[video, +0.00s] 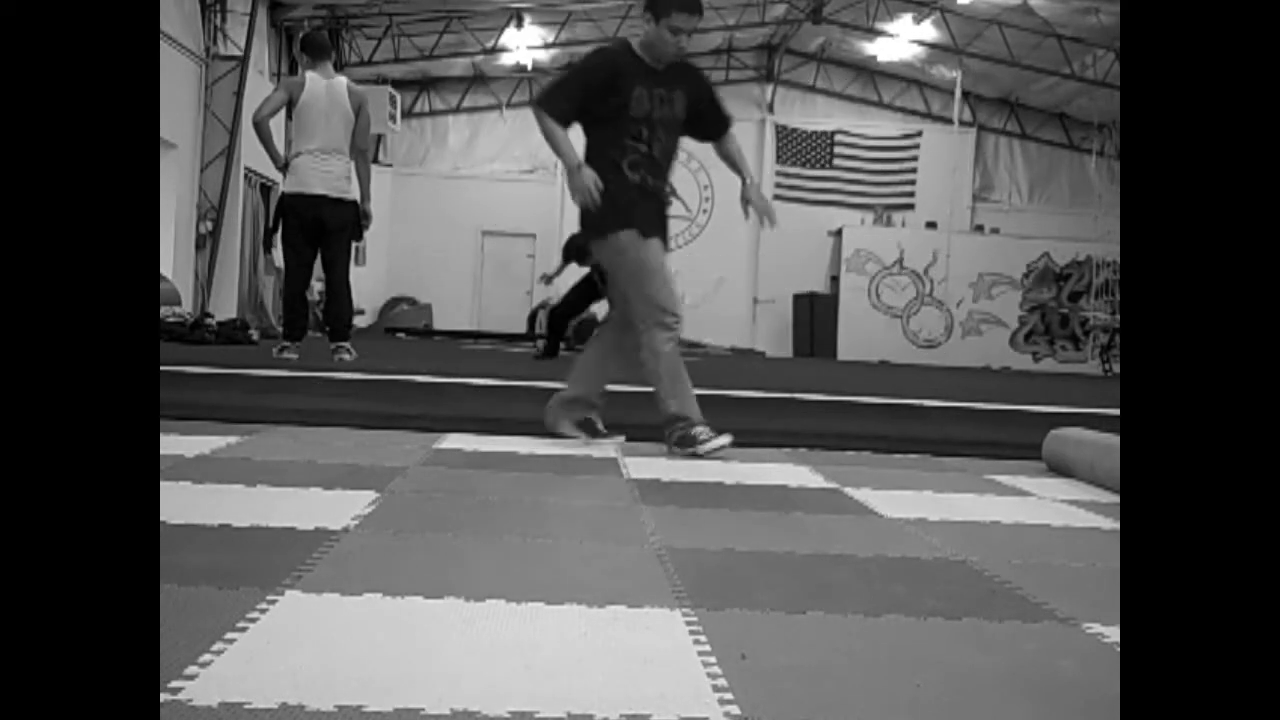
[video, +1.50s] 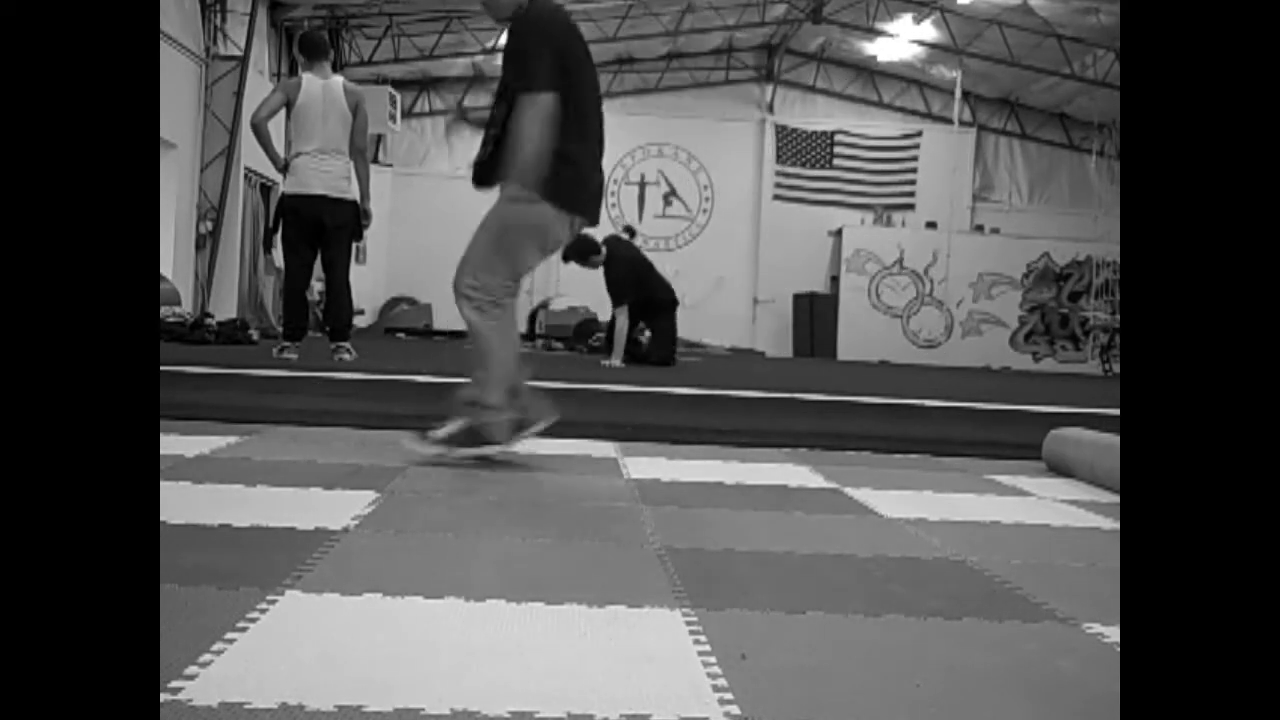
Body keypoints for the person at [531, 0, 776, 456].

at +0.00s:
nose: (682, 43)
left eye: (689, 34)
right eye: (676, 32)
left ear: (693, 32)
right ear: (649, 20)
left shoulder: (688, 79)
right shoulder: (609, 62)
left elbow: (721, 134)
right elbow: (547, 110)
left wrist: (750, 180)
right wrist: (574, 166)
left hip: (649, 211)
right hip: (611, 207)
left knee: (629, 318)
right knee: (660, 315)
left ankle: (571, 408)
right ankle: (684, 425)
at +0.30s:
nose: (685, 52)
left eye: (694, 41)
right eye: (674, 41)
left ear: (708, 32)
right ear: (657, 32)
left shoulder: (731, 74)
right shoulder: (631, 82)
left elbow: (768, 130)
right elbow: (600, 149)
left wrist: (760, 176)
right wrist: (642, 141)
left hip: (725, 199)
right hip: (667, 205)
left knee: (752, 293)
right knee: (706, 309)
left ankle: (760, 402)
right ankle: (714, 421)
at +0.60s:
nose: (690, 59)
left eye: (701, 48)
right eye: (680, 47)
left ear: (719, 41)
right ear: (666, 39)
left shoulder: (739, 86)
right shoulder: (635, 86)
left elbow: (783, 135)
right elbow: (603, 156)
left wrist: (764, 192)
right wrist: (644, 188)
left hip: (713, 212)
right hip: (652, 219)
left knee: (706, 312)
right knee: (680, 335)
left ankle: (712, 416)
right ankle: (760, 409)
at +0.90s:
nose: (613, 11)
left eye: (619, 6)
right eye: (606, 6)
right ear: (600, 3)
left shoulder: (688, 34)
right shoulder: (580, 25)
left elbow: (767, 56)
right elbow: (520, 48)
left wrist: (763, 97)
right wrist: (507, 43)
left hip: (641, 183)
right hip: (577, 172)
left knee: (617, 295)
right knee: (540, 251)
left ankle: (609, 410)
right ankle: (547, 313)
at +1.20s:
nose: (511, 24)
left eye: (515, 12)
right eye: (508, 15)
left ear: (545, 4)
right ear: (527, 10)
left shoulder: (592, 55)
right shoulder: (527, 53)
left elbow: (583, 141)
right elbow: (530, 136)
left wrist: (510, 109)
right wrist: (497, 185)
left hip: (562, 211)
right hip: (509, 197)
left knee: (518, 316)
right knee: (466, 292)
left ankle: (509, 412)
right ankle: (455, 409)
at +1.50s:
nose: (486, 11)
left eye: (485, 5)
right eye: (485, 6)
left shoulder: (535, 22)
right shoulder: (548, 23)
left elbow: (538, 108)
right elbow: (539, 110)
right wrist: (474, 120)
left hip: (544, 193)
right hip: (559, 195)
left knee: (479, 288)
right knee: (488, 288)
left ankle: (492, 413)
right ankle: (514, 401)